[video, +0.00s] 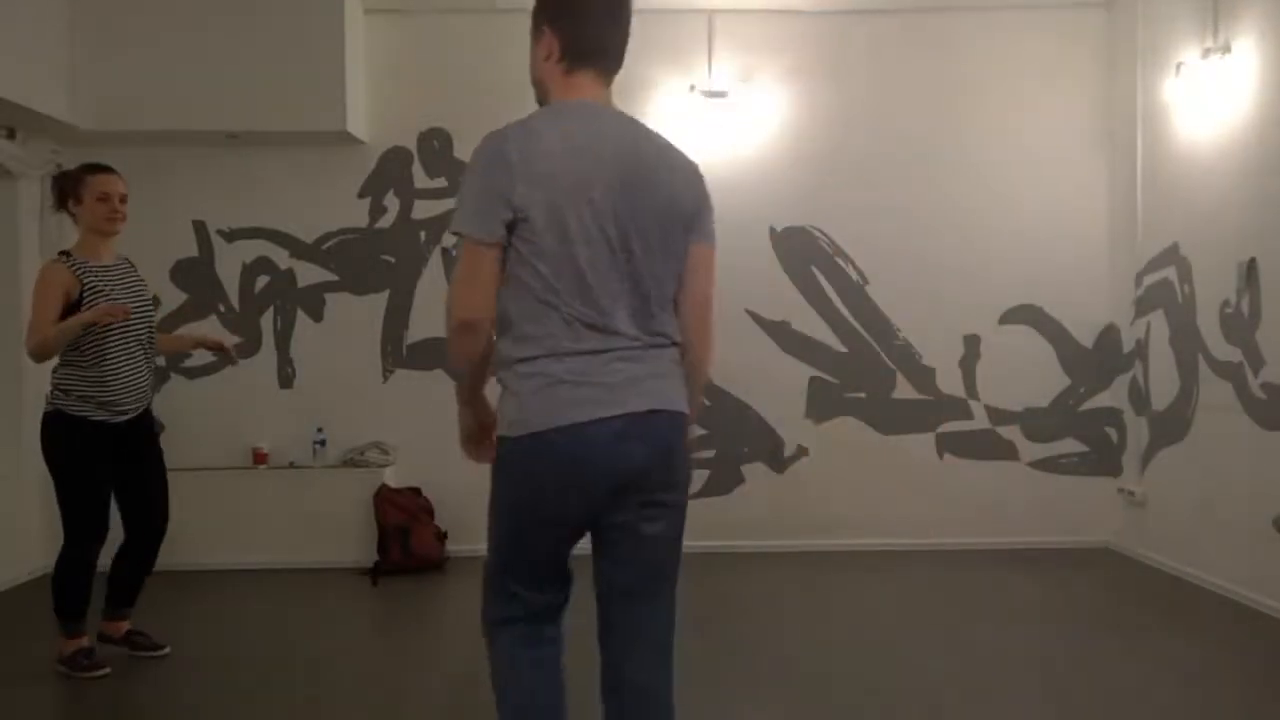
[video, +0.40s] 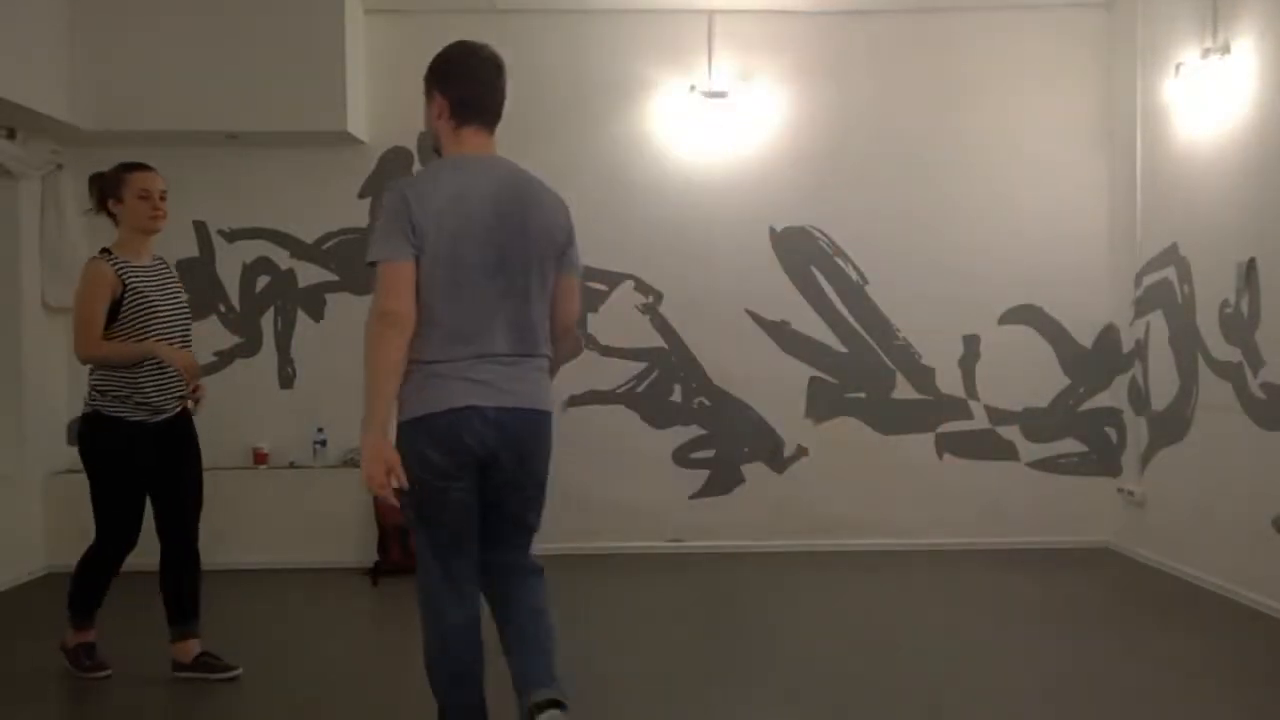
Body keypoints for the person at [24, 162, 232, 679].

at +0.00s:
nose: (116, 208)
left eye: (122, 200)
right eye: (103, 199)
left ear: (127, 207)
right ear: (74, 207)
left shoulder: (126, 269)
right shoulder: (61, 271)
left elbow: (143, 342)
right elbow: (37, 347)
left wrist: (198, 339)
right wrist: (85, 319)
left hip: (132, 423)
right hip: (77, 427)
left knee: (149, 522)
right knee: (86, 533)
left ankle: (116, 625)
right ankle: (72, 642)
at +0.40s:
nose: (158, 205)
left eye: (162, 197)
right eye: (145, 197)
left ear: (166, 205)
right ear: (115, 206)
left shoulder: (163, 267)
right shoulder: (103, 268)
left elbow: (163, 338)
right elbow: (87, 347)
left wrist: (190, 379)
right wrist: (159, 350)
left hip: (171, 424)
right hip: (114, 428)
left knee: (180, 537)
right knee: (117, 538)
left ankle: (186, 648)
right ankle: (79, 635)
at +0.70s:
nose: (185, 202)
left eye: (190, 194)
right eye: (172, 193)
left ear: (194, 201)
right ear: (142, 200)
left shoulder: (198, 266)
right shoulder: (125, 266)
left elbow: (208, 342)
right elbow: (119, 350)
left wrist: (255, 357)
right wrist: (168, 402)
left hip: (204, 418)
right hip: (146, 421)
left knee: (198, 537)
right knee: (176, 535)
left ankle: (188, 650)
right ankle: (145, 645)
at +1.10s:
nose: (199, 200)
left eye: (202, 191)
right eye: (186, 192)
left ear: (205, 198)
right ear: (155, 200)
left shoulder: (212, 264)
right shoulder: (139, 267)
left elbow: (260, 324)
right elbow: (122, 350)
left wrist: (302, 291)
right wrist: (131, 420)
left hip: (220, 422)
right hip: (167, 426)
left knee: (201, 538)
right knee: (167, 540)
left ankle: (190, 650)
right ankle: (167, 660)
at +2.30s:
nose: (214, 208)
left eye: (215, 198)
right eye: (204, 198)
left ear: (206, 203)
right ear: (168, 200)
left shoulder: (195, 263)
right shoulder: (150, 260)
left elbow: (204, 327)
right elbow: (121, 337)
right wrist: (190, 383)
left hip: (189, 418)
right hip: (144, 419)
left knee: (198, 533)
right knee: (175, 533)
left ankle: (187, 649)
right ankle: (138, 641)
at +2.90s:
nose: (251, 212)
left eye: (253, 203)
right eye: (243, 202)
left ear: (223, 207)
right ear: (208, 201)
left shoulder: (220, 265)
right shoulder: (182, 263)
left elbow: (224, 330)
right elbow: (156, 347)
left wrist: (254, 279)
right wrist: (142, 431)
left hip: (214, 423)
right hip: (184, 423)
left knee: (204, 534)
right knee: (240, 526)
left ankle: (179, 649)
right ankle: (184, 640)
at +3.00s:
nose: (266, 210)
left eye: (267, 201)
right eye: (257, 200)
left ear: (234, 204)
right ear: (222, 199)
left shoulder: (235, 263)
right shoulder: (195, 262)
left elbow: (237, 316)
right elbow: (153, 338)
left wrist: (271, 270)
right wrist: (127, 415)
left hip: (222, 421)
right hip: (194, 422)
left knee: (196, 540)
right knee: (258, 528)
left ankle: (174, 654)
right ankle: (245, 658)